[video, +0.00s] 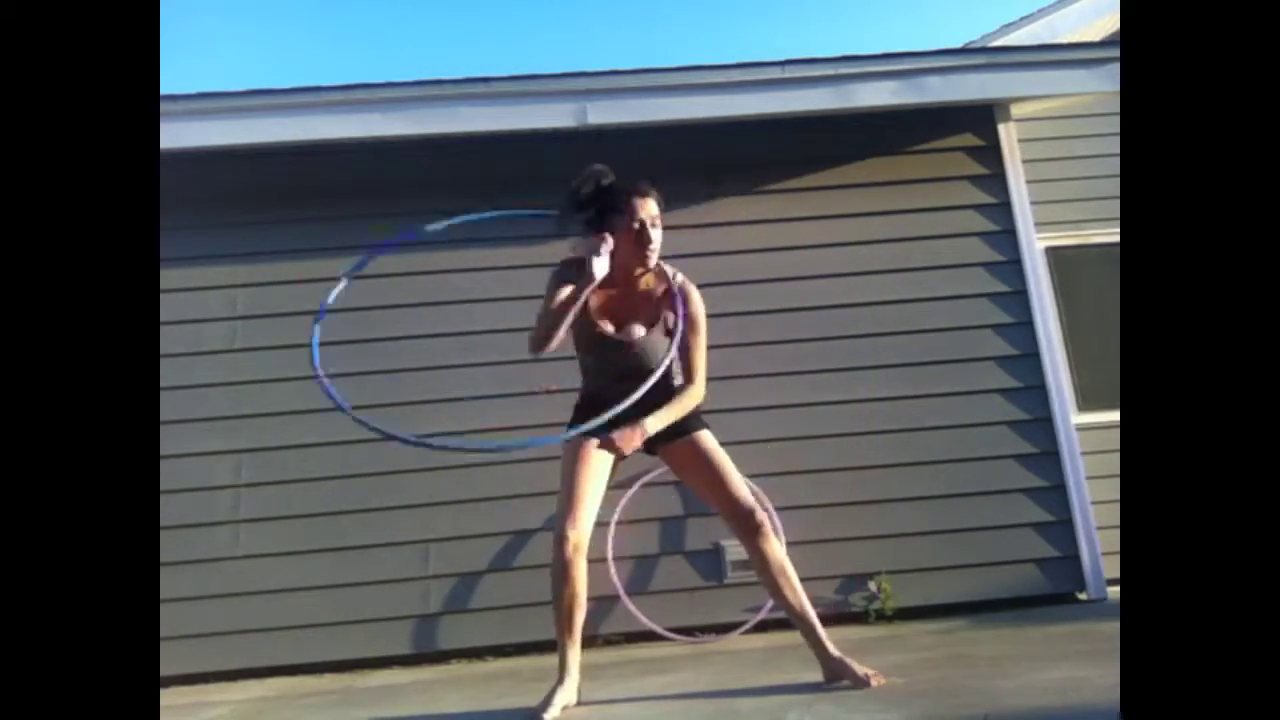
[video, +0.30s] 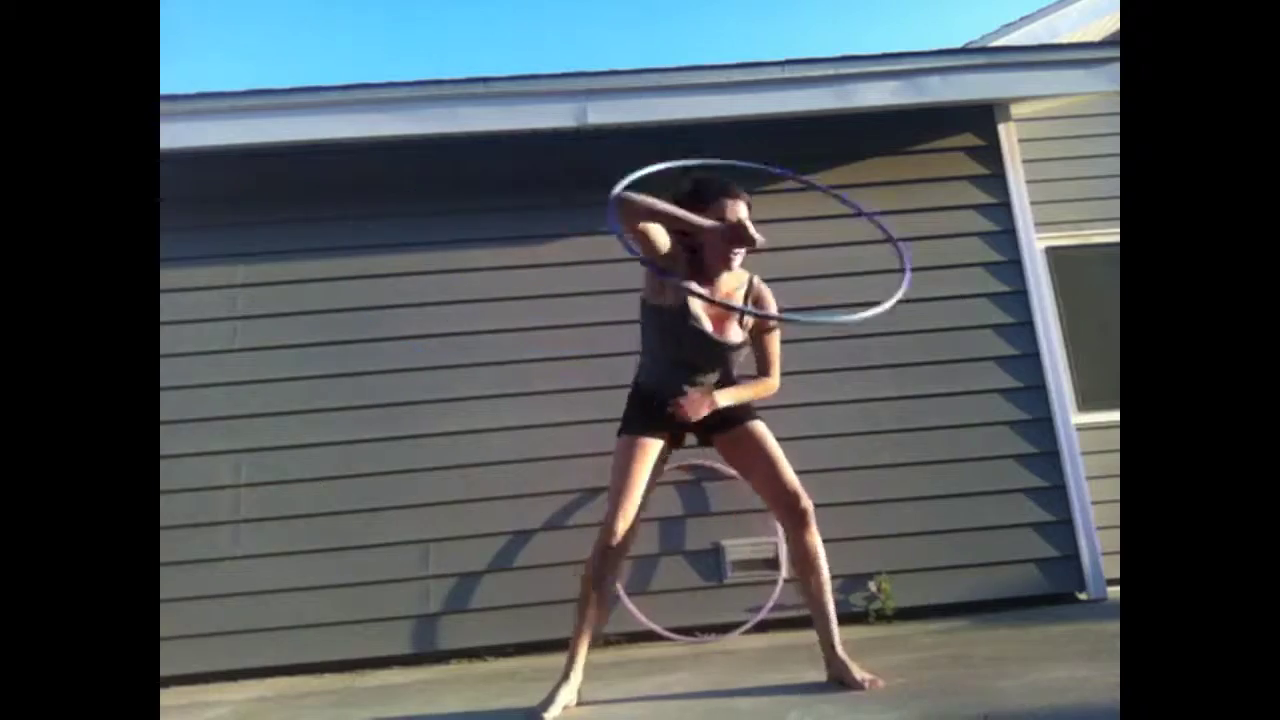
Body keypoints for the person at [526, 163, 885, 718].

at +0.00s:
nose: (649, 235)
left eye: (655, 223)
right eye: (635, 225)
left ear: (663, 226)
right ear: (606, 233)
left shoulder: (680, 293)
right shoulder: (575, 280)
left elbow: (693, 388)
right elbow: (544, 342)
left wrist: (644, 427)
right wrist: (587, 284)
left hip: (668, 411)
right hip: (600, 415)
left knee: (753, 518)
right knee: (568, 543)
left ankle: (828, 657)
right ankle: (567, 682)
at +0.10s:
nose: (676, 225)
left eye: (682, 215)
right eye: (662, 216)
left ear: (689, 220)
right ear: (635, 223)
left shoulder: (704, 285)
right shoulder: (605, 262)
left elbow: (722, 375)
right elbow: (539, 262)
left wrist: (663, 412)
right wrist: (602, 229)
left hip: (683, 409)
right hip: (612, 408)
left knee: (760, 514)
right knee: (583, 537)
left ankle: (828, 655)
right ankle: (566, 683)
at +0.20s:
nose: (705, 226)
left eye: (712, 216)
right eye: (693, 217)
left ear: (721, 222)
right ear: (668, 223)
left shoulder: (734, 284)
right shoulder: (639, 256)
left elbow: (742, 369)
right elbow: (580, 197)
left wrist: (687, 394)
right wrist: (652, 208)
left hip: (705, 403)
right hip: (634, 400)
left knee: (777, 514)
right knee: (598, 537)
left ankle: (833, 656)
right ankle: (568, 681)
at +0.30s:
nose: (742, 234)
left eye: (745, 223)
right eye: (730, 225)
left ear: (750, 229)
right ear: (698, 231)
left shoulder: (758, 296)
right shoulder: (667, 264)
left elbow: (771, 380)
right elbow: (623, 204)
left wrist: (712, 399)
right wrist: (704, 226)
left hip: (725, 406)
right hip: (656, 404)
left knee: (799, 509)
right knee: (614, 535)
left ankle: (835, 658)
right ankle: (571, 676)